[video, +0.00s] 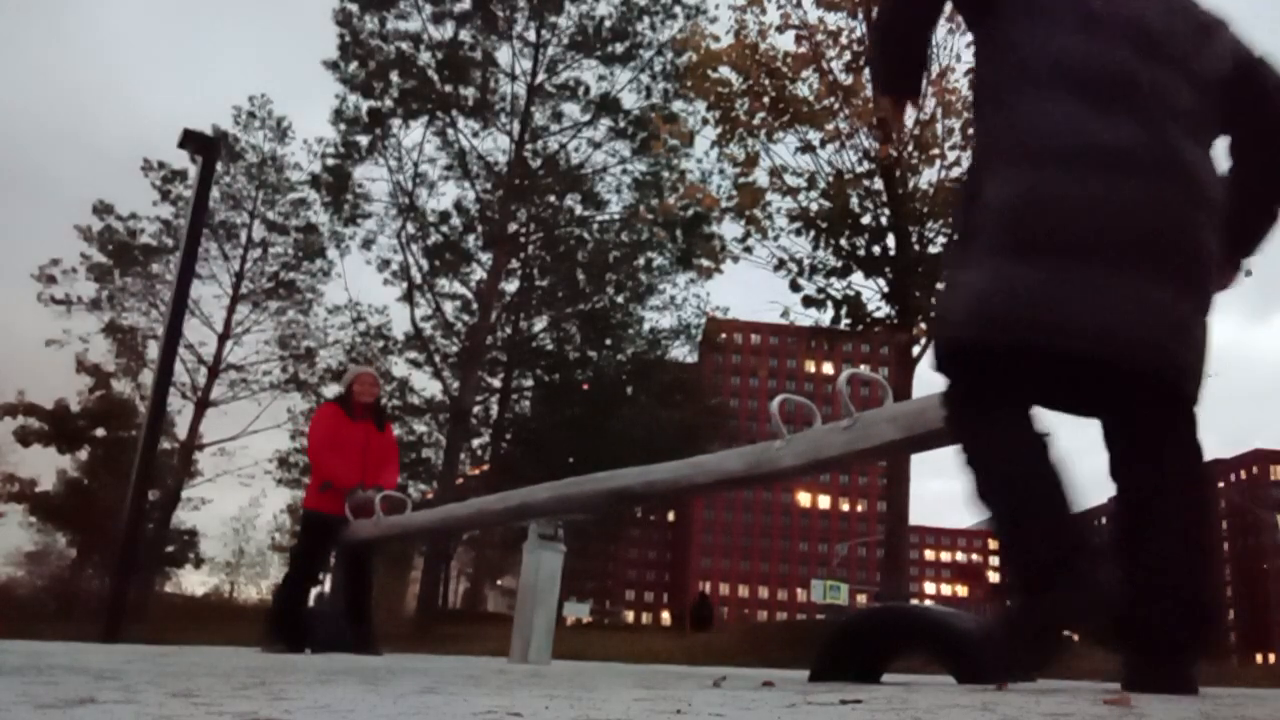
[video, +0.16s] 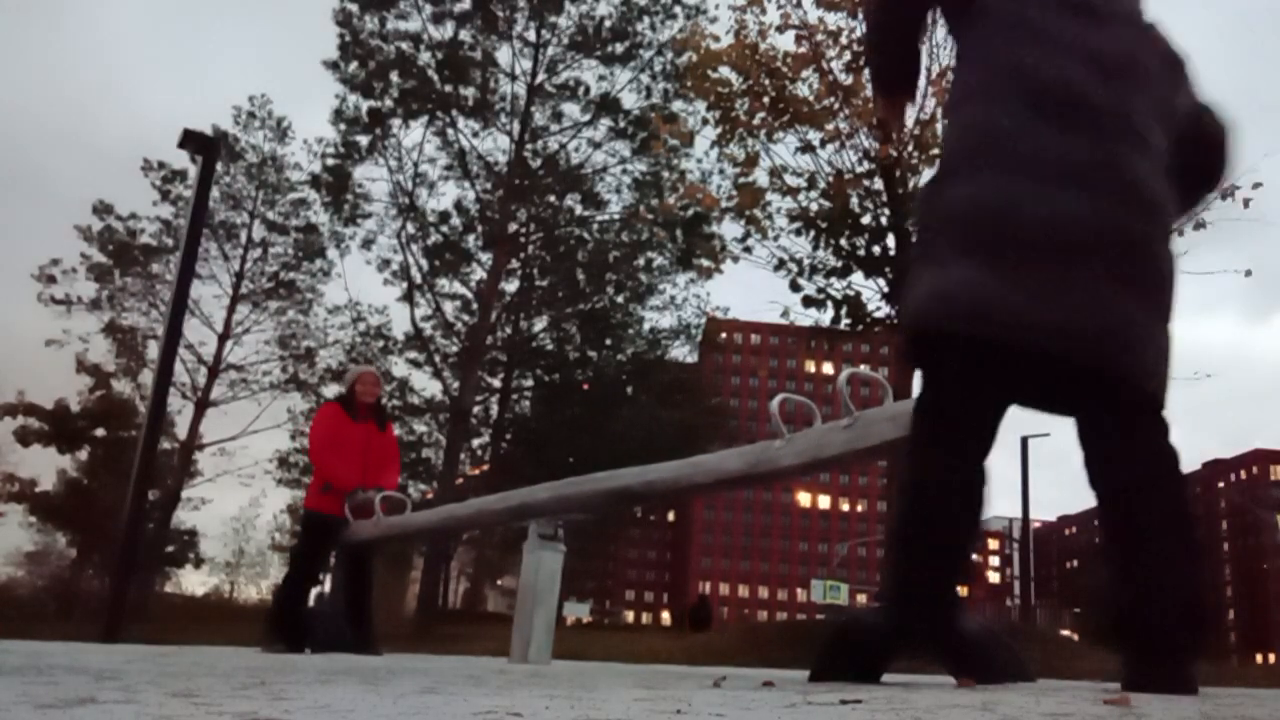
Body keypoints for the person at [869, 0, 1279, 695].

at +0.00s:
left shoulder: (1012, 7)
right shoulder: (1194, 24)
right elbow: (1270, 111)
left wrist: (896, 77)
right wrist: (1223, 242)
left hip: (1026, 221)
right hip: (1164, 237)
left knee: (983, 393)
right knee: (1156, 441)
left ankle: (1051, 582)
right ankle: (1164, 655)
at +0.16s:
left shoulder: (999, 8)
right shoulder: (1154, 48)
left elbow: (897, 1)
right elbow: (1204, 143)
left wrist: (893, 84)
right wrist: (1135, 212)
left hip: (977, 252)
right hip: (1115, 281)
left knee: (946, 449)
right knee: (1133, 459)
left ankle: (915, 622)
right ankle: (1162, 654)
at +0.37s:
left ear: (989, 34)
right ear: (1052, 43)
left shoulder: (940, 73)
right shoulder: (1072, 91)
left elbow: (840, 98)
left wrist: (854, 185)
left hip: (939, 335)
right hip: (1063, 336)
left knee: (911, 491)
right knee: (1109, 483)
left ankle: (863, 654)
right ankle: (1161, 658)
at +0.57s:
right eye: (945, 102)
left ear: (877, 108)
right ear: (940, 106)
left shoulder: (837, 156)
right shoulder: (965, 146)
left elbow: (788, 241)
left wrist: (829, 288)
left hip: (892, 362)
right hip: (1008, 343)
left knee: (877, 496)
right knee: (1097, 450)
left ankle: (860, 655)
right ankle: (1146, 620)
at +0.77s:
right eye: (875, 130)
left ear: (819, 143)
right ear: (874, 134)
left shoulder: (792, 192)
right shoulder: (904, 168)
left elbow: (787, 292)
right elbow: (932, 243)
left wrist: (829, 355)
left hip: (869, 341)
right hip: (964, 302)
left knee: (870, 500)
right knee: (1067, 389)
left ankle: (860, 646)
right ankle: (1166, 493)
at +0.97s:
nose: (871, 158)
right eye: (863, 151)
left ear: (796, 162)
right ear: (849, 149)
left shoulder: (770, 210)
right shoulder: (878, 175)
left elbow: (775, 311)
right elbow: (911, 248)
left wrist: (815, 357)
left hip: (858, 351)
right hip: (947, 322)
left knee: (867, 503)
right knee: (1018, 384)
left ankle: (863, 648)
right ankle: (1147, 466)